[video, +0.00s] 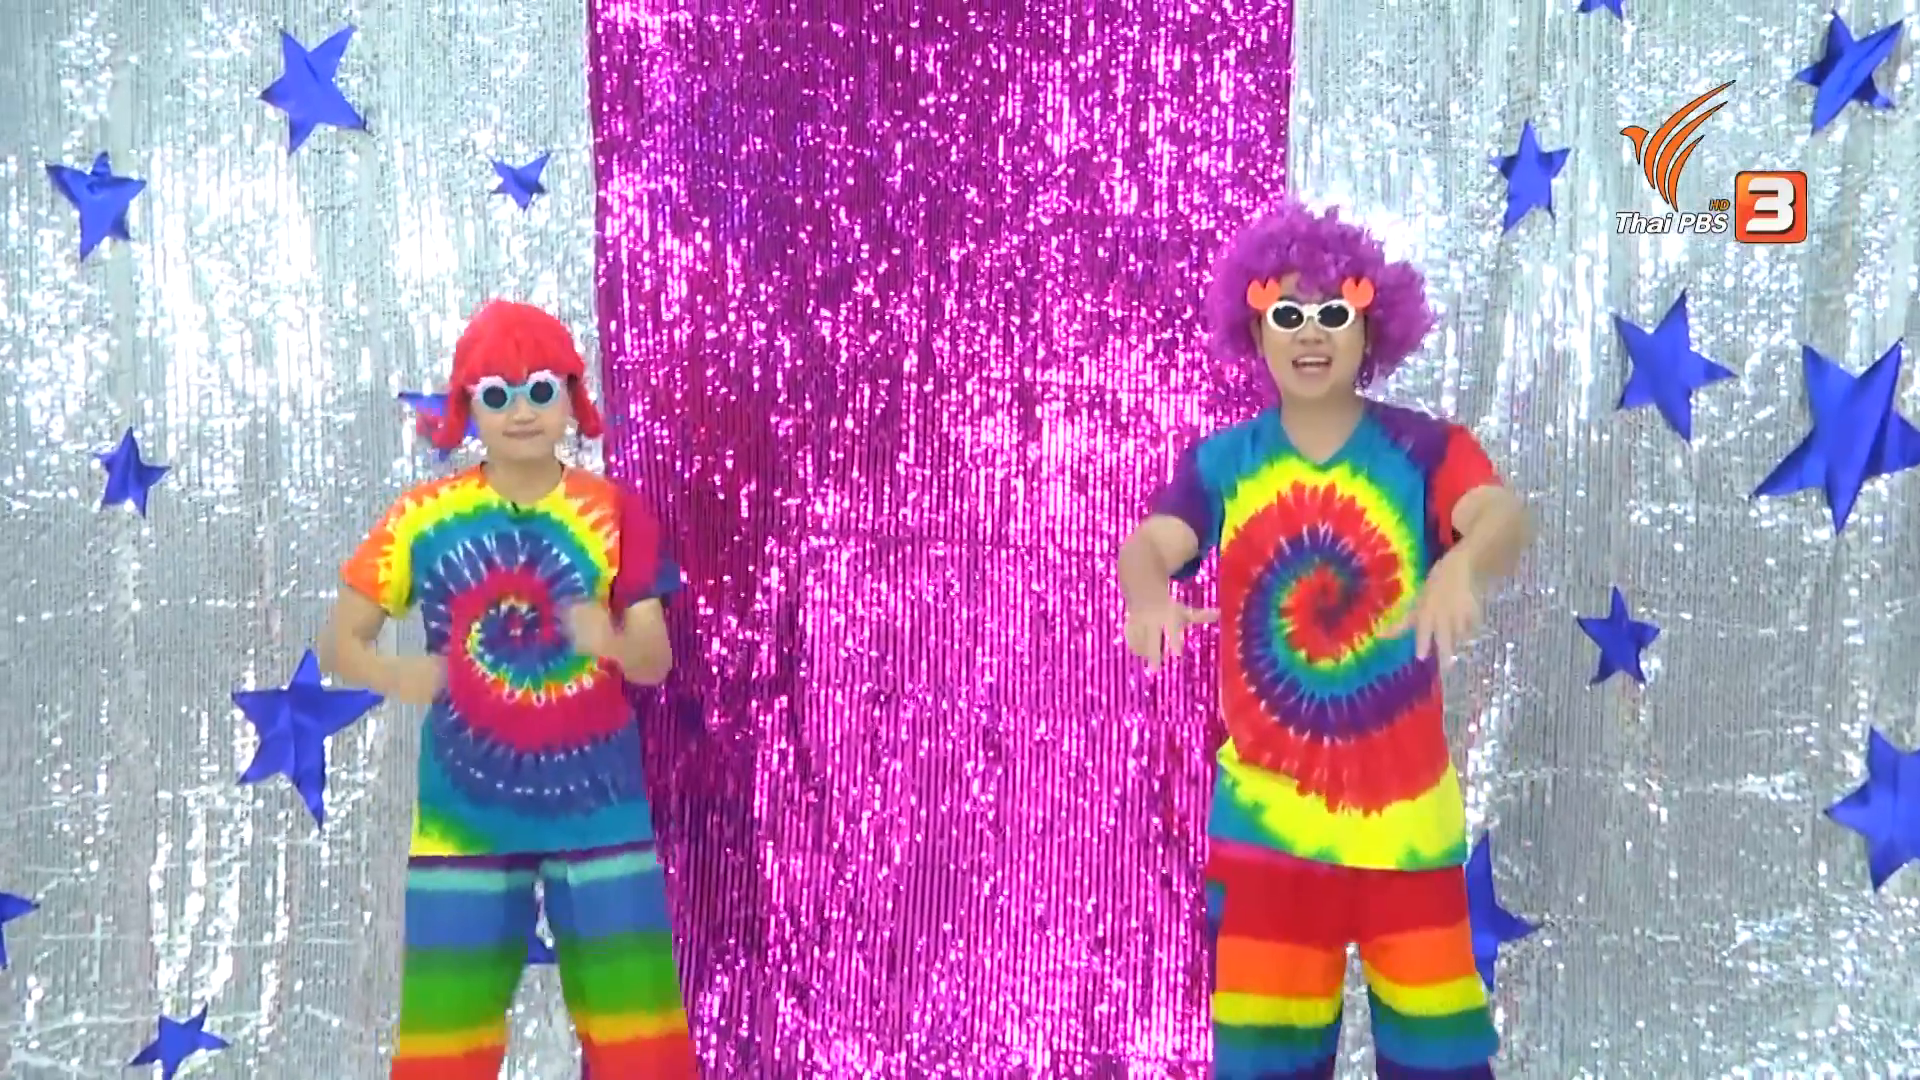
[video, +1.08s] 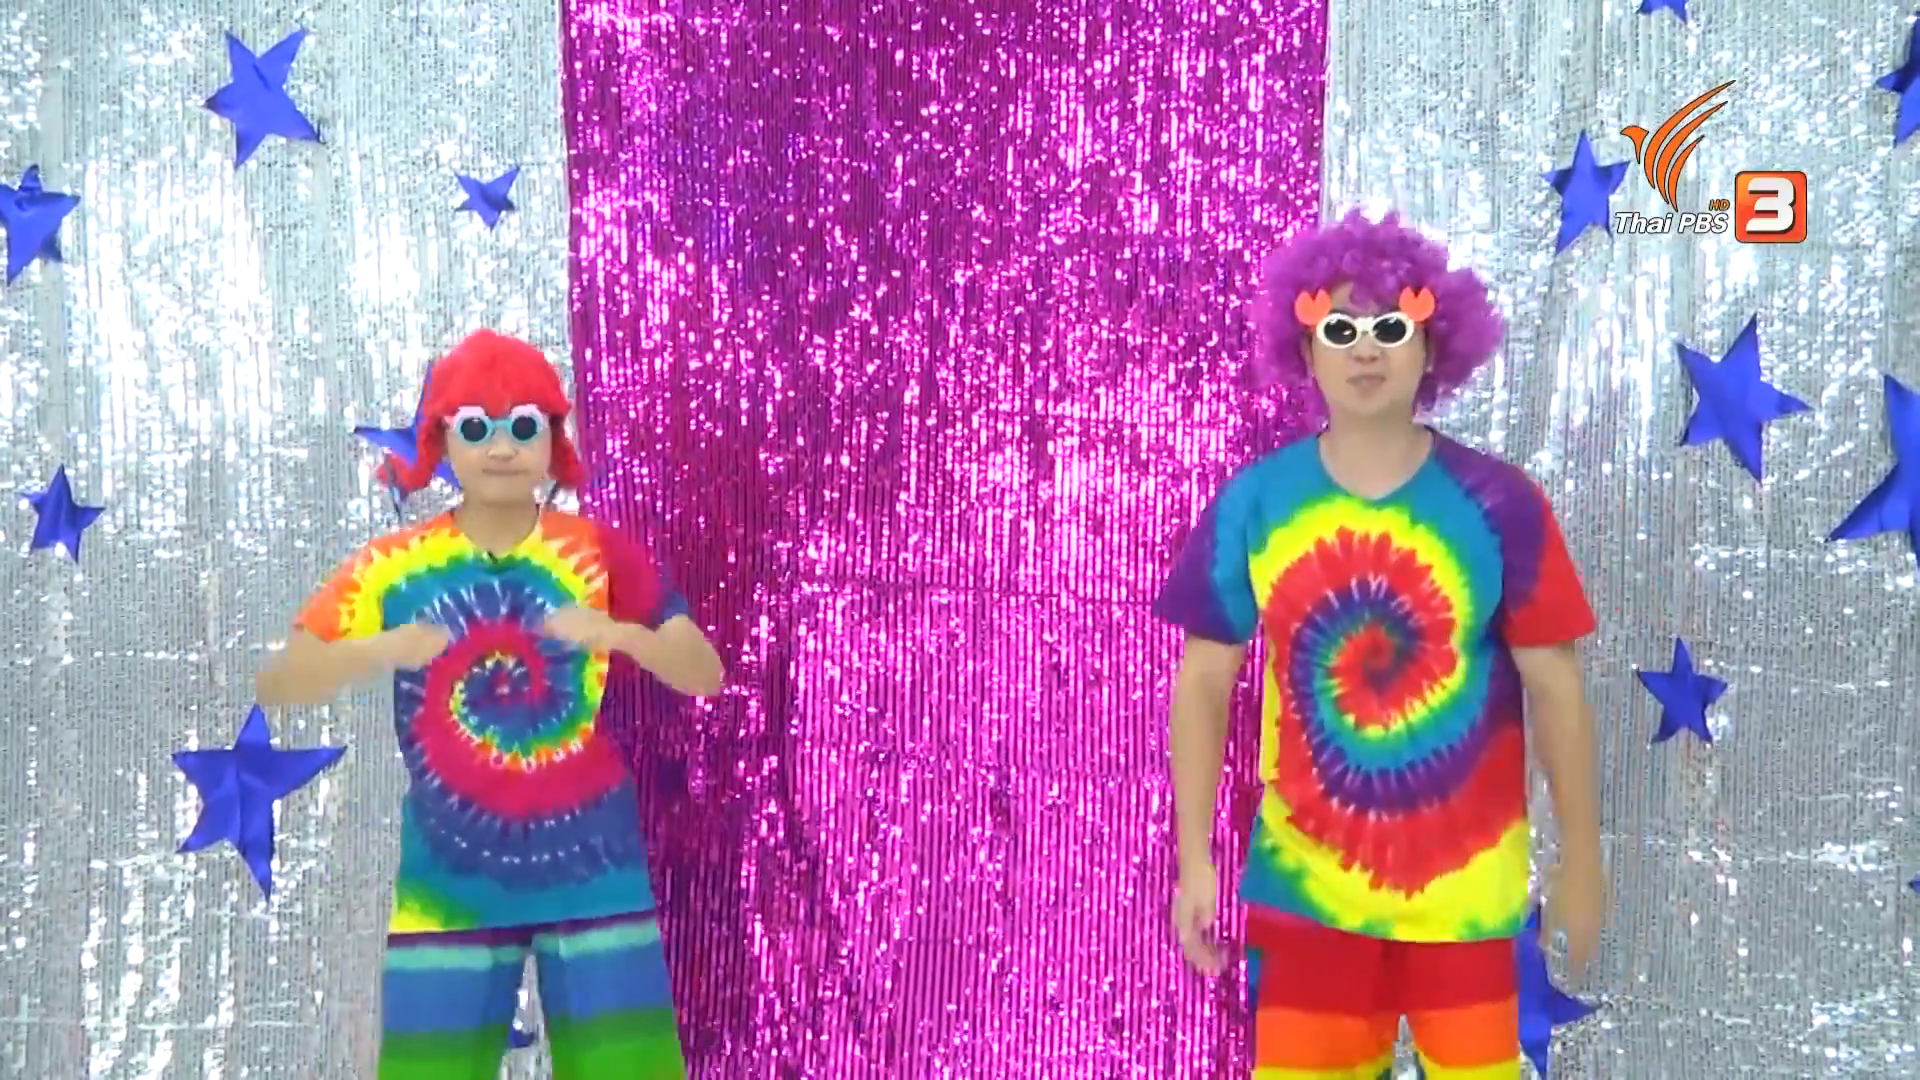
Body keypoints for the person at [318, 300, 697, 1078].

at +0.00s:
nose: (522, 410)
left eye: (542, 389)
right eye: (497, 393)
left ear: (572, 403)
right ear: (468, 411)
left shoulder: (612, 512)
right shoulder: (419, 518)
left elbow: (656, 657)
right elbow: (339, 644)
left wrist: (607, 637)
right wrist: (408, 674)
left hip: (598, 808)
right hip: (465, 814)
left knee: (637, 1033)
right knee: (445, 1042)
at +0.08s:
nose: (510, 414)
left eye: (529, 389)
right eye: (484, 400)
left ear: (562, 398)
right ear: (460, 421)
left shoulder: (613, 510)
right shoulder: (419, 525)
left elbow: (659, 646)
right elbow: (330, 636)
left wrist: (564, 652)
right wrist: (316, 704)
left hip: (585, 826)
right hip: (449, 828)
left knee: (631, 1054)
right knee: (421, 1056)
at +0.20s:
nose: (496, 431)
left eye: (513, 405)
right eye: (470, 421)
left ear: (553, 407)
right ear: (453, 445)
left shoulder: (611, 517)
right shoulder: (429, 541)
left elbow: (659, 626)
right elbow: (335, 650)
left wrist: (532, 596)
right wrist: (285, 615)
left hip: (567, 838)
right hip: (430, 836)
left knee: (596, 1051)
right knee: (410, 1049)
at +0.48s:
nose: (501, 449)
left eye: (522, 426)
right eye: (477, 432)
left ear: (562, 436)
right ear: (456, 453)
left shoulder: (613, 537)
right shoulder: (432, 559)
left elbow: (676, 662)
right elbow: (394, 714)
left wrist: (545, 625)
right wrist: (363, 637)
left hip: (568, 868)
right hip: (433, 864)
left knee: (565, 1067)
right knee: (396, 1064)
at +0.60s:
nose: (516, 445)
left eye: (540, 428)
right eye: (494, 425)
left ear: (571, 447)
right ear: (464, 442)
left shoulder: (616, 541)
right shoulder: (419, 559)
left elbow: (705, 634)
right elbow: (327, 681)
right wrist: (350, 709)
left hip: (594, 866)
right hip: (457, 868)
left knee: (600, 1065)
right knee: (420, 1065)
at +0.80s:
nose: (525, 455)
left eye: (550, 441)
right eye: (504, 430)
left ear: (571, 464)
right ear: (464, 441)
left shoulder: (609, 550)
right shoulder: (403, 563)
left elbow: (758, 624)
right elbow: (291, 671)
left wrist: (707, 598)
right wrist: (423, 631)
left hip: (621, 875)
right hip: (481, 880)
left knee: (629, 1068)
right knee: (450, 1069)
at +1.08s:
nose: (503, 445)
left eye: (525, 426)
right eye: (477, 427)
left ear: (554, 444)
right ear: (442, 447)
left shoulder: (599, 551)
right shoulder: (390, 564)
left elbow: (705, 672)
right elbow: (277, 678)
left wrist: (613, 633)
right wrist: (384, 648)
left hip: (593, 879)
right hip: (449, 885)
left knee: (628, 1067)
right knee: (430, 1071)